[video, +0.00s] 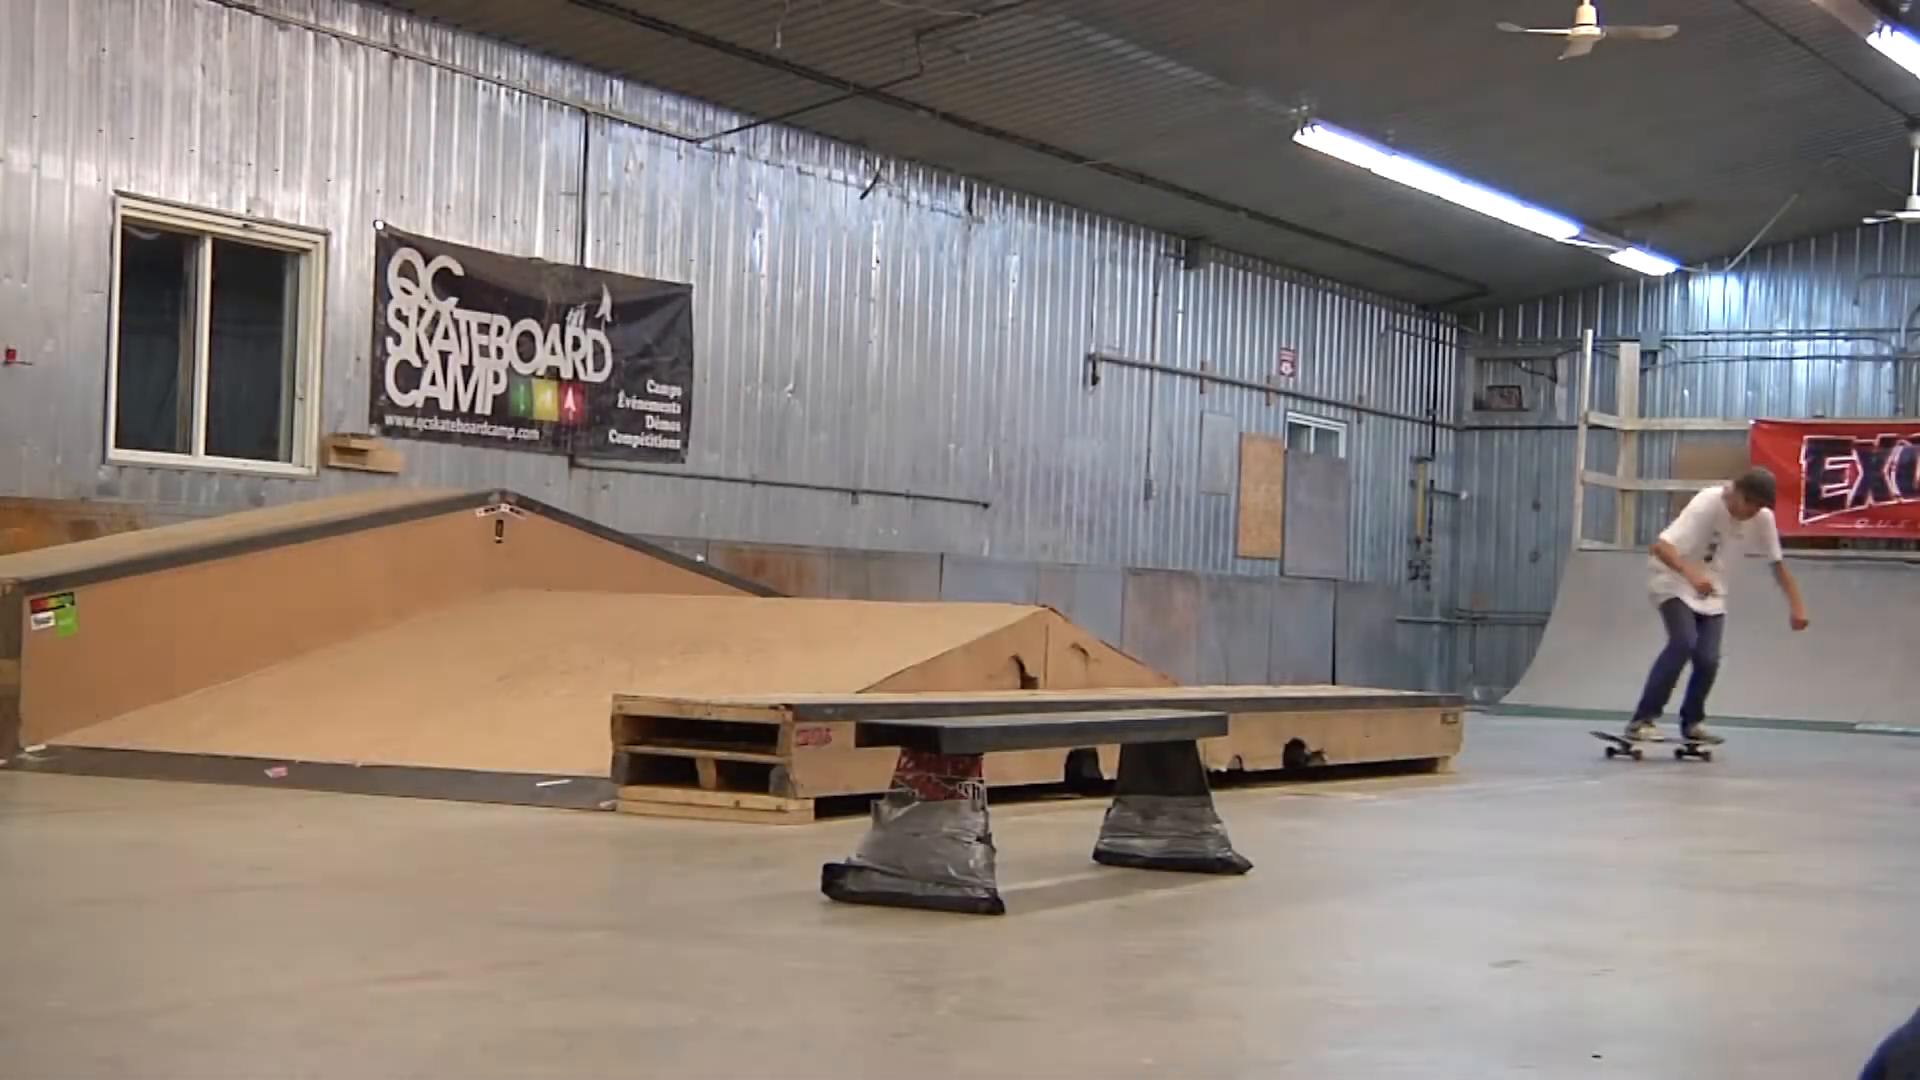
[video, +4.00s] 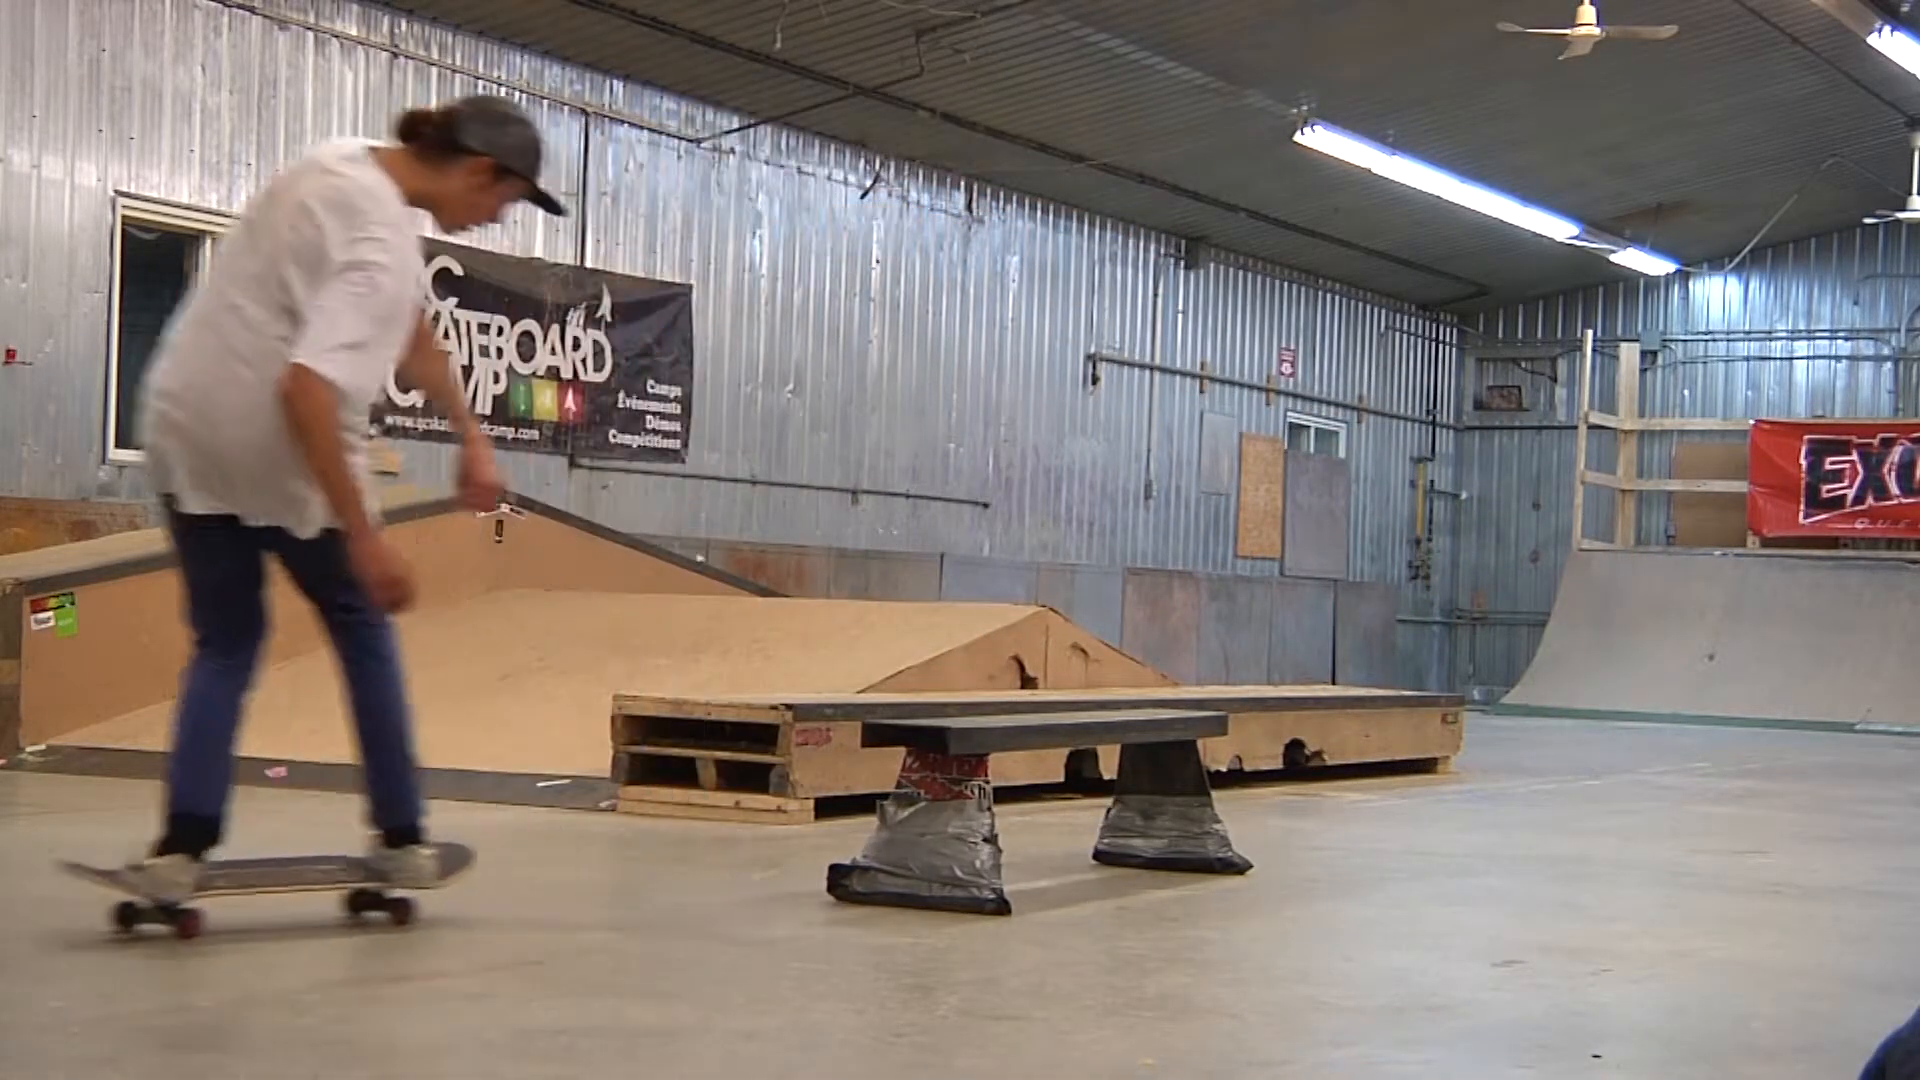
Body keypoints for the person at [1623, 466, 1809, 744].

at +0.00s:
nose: (1752, 511)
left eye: (1757, 507)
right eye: (1749, 504)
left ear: (1762, 504)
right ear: (1736, 492)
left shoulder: (1762, 519)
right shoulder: (1708, 504)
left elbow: (1777, 565)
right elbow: (1661, 546)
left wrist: (1796, 607)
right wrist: (1693, 576)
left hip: (1712, 589)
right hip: (1673, 580)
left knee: (1708, 660)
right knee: (1684, 642)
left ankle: (1691, 723)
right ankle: (1642, 720)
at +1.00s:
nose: (1584, 451)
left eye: (1592, 443)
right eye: (1577, 442)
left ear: (1604, 445)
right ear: (1566, 441)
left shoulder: (1619, 481)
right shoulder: (1539, 479)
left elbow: (1631, 529)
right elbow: (1505, 539)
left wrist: (1645, 584)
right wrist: (1515, 583)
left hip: (1581, 575)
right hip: (1537, 570)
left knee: (1581, 667)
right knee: (1556, 636)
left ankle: (1569, 745)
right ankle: (1512, 731)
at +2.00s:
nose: (1417, 404)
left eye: (1429, 397)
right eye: (1411, 390)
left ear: (1438, 400)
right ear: (1395, 383)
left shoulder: (1431, 428)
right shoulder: (1348, 427)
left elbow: (1410, 506)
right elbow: (1312, 512)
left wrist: (1400, 583)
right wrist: (1328, 596)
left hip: (1361, 528)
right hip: (1312, 522)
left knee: (1366, 627)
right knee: (1343, 622)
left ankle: (1326, 740)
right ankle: (1295, 741)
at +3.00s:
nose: (1151, 282)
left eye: (1163, 275)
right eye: (1154, 262)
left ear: (1158, 270)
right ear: (1125, 234)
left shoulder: (1095, 298)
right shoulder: (1060, 271)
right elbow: (938, 241)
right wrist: (910, 316)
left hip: (1035, 462)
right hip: (986, 446)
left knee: (1059, 613)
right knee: (1038, 590)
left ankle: (984, 758)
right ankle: (949, 755)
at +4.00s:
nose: (496, 218)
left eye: (509, 205)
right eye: (505, 198)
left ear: (446, 149)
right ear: (475, 167)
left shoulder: (328, 166)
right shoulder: (386, 241)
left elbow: (406, 326)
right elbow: (308, 386)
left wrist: (471, 433)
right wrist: (362, 534)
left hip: (183, 430)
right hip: (279, 453)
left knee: (225, 640)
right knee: (361, 626)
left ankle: (183, 845)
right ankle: (401, 838)